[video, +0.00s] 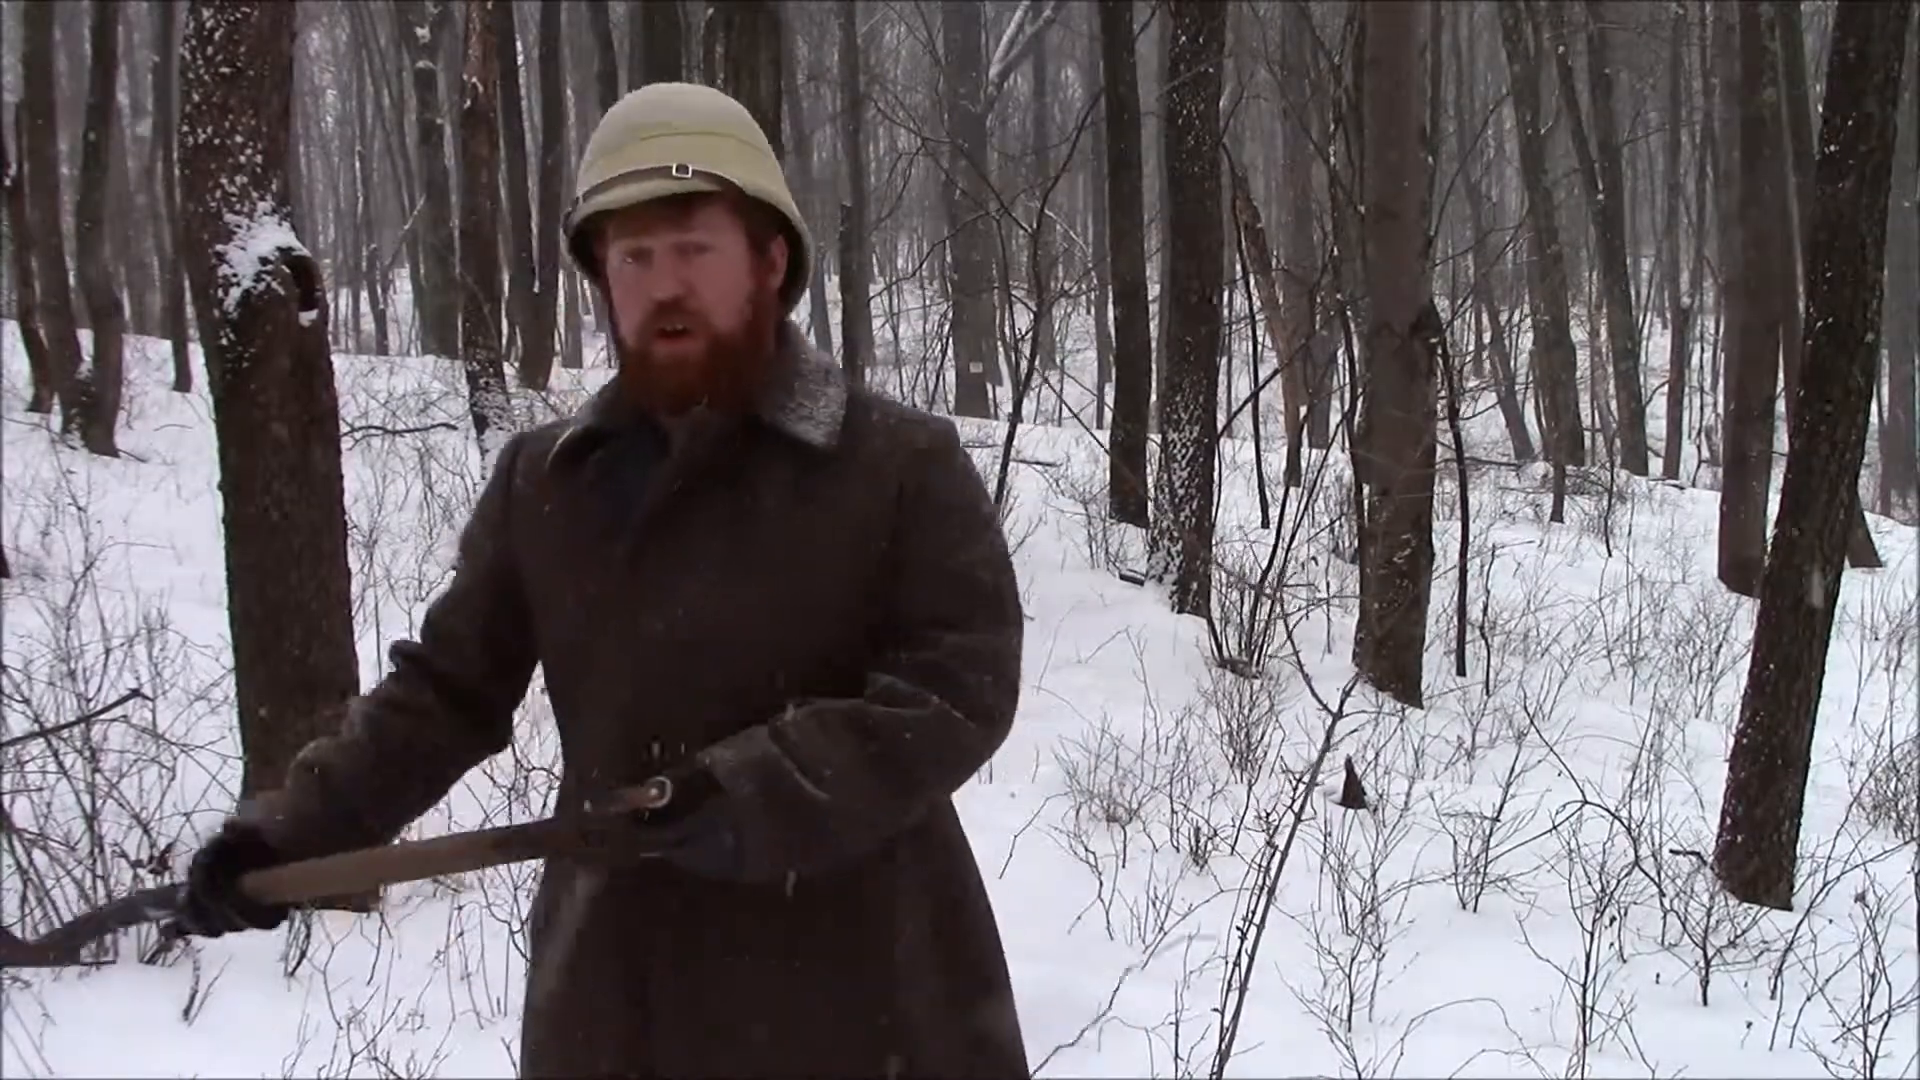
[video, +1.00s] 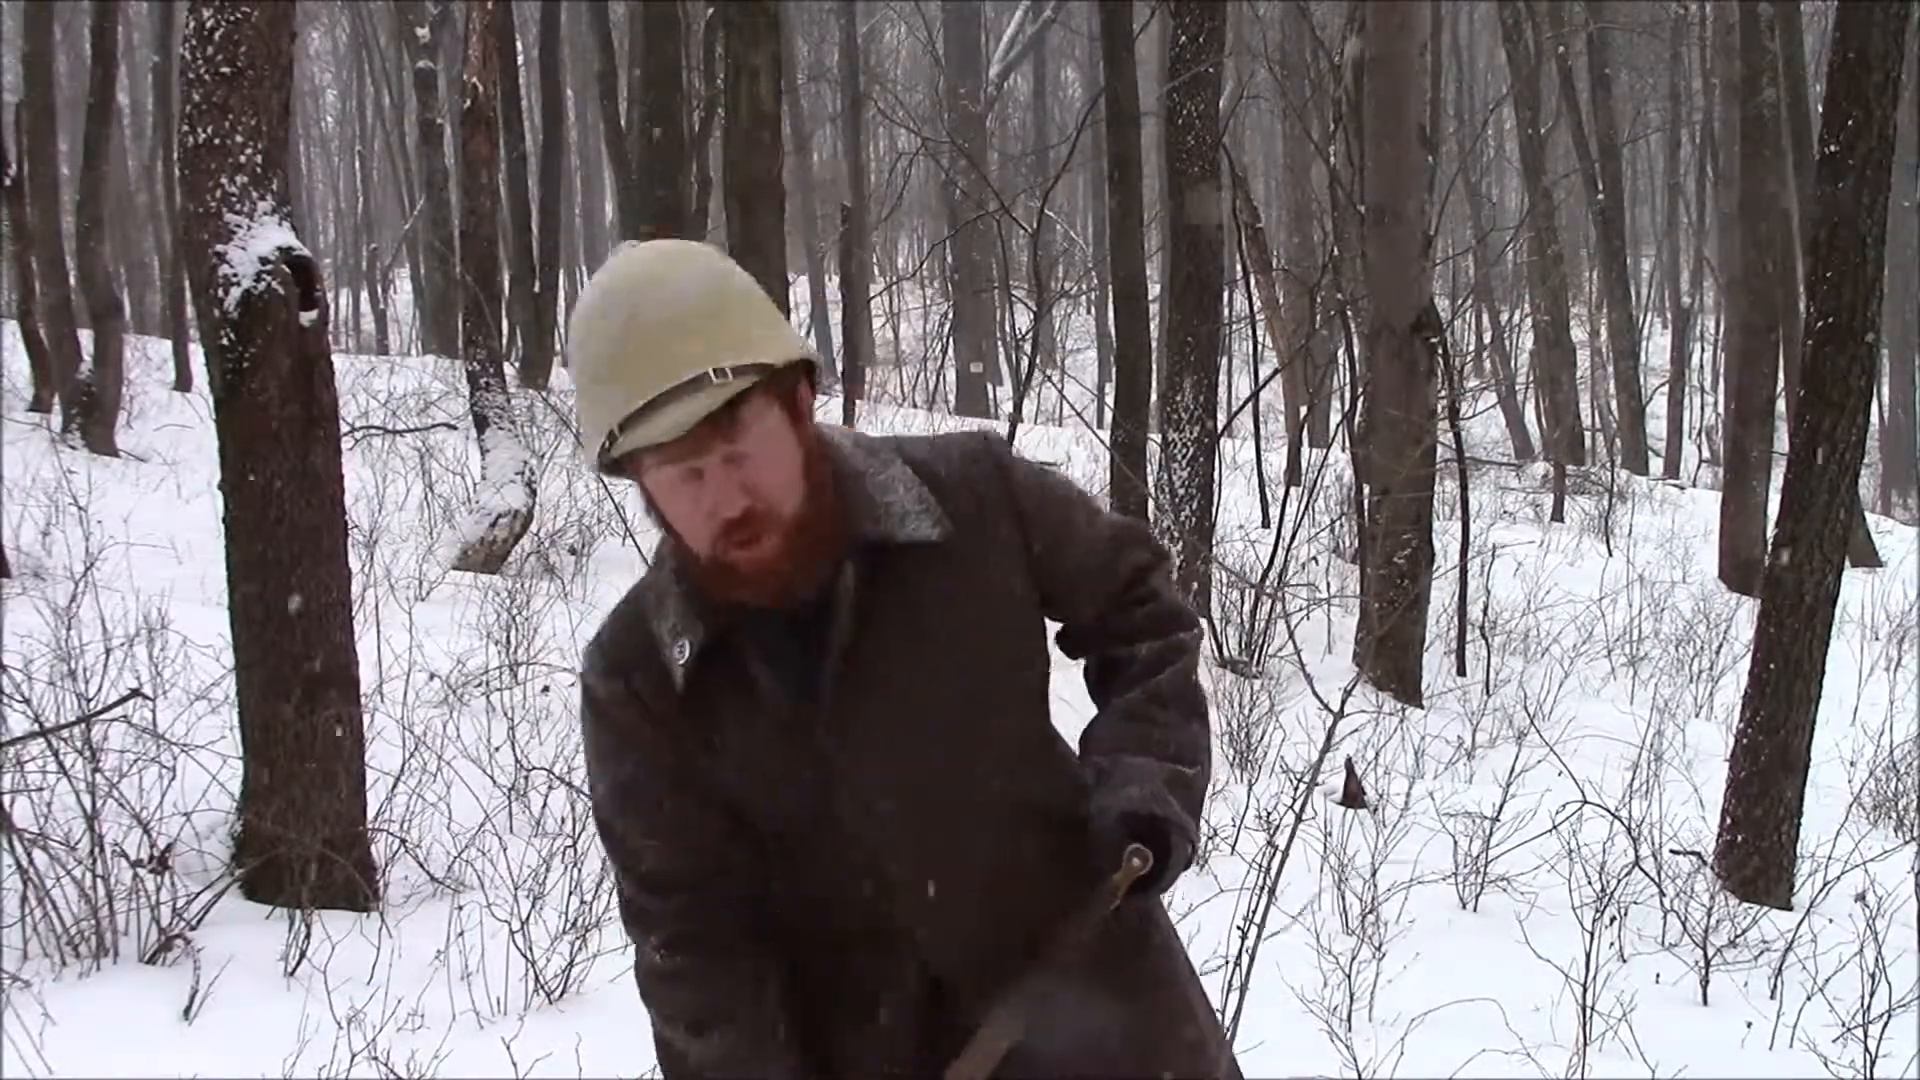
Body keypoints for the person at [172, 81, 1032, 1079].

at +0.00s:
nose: (666, 286)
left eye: (696, 248)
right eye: (636, 257)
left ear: (773, 261)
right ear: (602, 283)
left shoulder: (902, 465)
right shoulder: (541, 481)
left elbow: (959, 691)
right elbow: (448, 689)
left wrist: (746, 801)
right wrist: (288, 826)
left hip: (862, 1003)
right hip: (619, 1014)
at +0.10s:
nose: (689, 281)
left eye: (722, 243)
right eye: (660, 250)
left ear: (797, 262)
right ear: (630, 279)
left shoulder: (929, 469)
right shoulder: (566, 486)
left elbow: (1023, 683)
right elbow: (497, 706)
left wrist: (863, 804)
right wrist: (403, 864)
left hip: (880, 1014)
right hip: (632, 1017)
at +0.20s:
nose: (717, 283)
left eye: (748, 248)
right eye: (688, 254)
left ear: (824, 265)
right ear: (655, 282)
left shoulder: (958, 469)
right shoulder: (591, 490)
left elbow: (1081, 664)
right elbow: (543, 730)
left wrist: (985, 803)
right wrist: (505, 920)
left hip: (900, 1021)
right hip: (648, 1025)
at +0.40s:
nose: (776, 280)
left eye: (803, 243)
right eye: (743, 253)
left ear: (873, 259)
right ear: (706, 288)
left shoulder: (1014, 455)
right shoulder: (646, 495)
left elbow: (1149, 630)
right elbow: (609, 741)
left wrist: (1114, 773)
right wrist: (618, 939)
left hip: (990, 1009)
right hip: (736, 1025)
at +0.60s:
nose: (816, 327)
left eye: (839, 284)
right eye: (779, 297)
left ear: (906, 293)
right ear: (738, 326)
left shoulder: (1055, 469)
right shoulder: (690, 537)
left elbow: (1176, 647)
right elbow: (655, 792)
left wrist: (1133, 792)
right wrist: (656, 1010)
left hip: (1048, 997)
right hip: (798, 1013)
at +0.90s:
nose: (765, 435)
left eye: (781, 383)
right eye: (722, 408)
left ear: (845, 362)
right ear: (682, 432)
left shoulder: (1011, 485)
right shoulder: (660, 637)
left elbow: (1155, 623)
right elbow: (691, 920)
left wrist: (1154, 778)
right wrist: (735, 1064)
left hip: (1102, 1013)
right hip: (859, 1052)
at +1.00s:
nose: (726, 502)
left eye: (739, 450)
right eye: (681, 471)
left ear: (800, 400)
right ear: (637, 480)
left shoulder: (981, 497)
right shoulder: (635, 682)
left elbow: (1137, 607)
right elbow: (695, 963)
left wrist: (1144, 781)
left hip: (1084, 990)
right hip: (857, 1050)